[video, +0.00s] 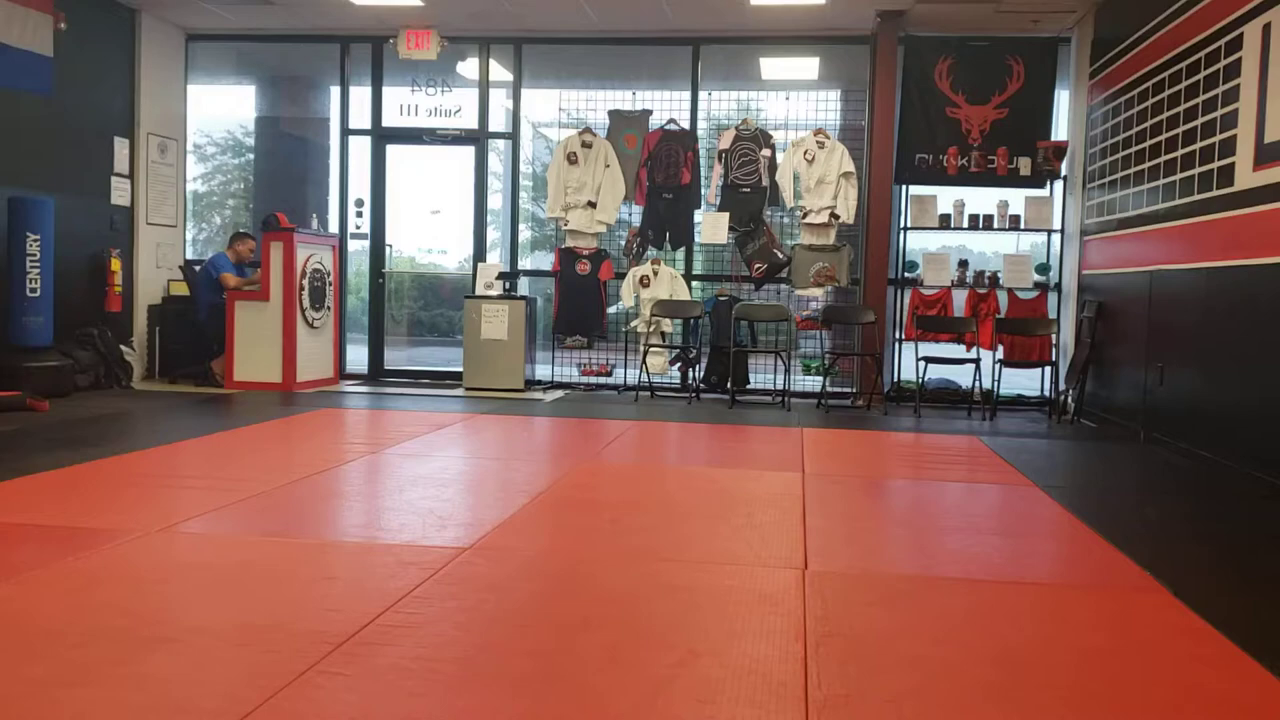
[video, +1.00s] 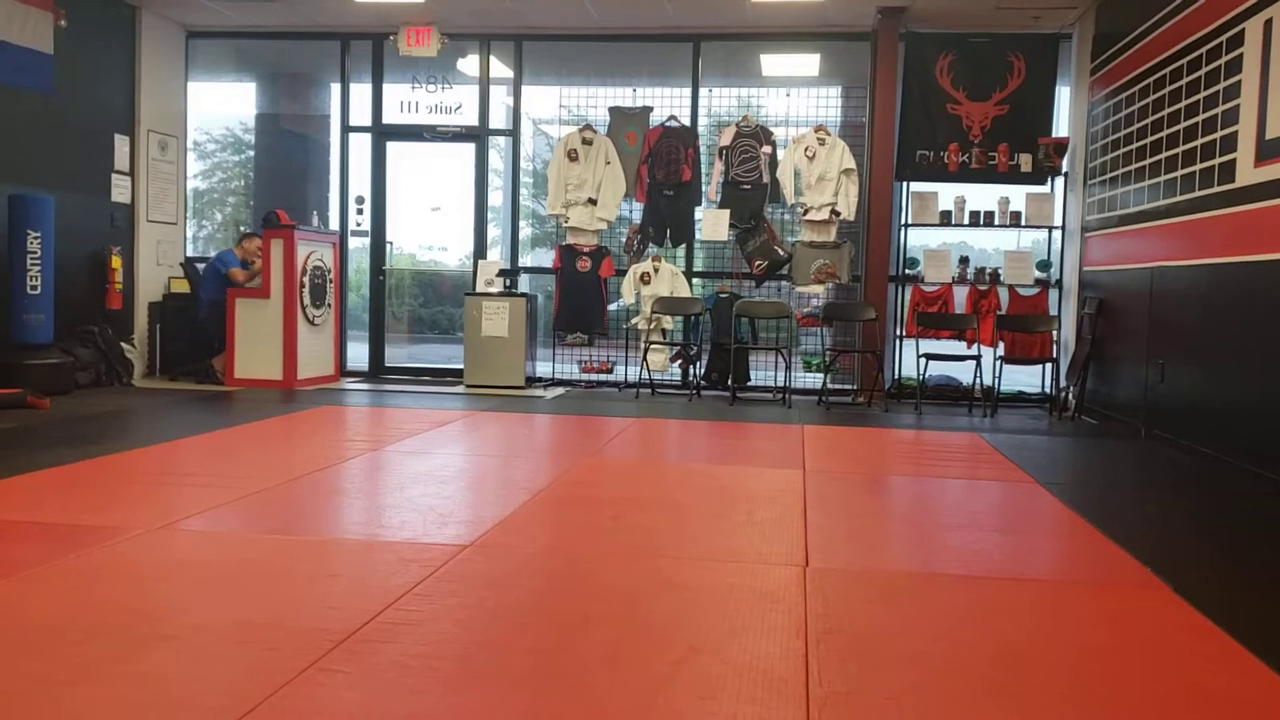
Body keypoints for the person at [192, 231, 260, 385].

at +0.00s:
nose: (252, 256)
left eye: (253, 252)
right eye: (250, 251)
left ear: (238, 247)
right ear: (237, 246)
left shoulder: (237, 266)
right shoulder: (219, 259)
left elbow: (244, 283)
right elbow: (229, 283)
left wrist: (262, 278)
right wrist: (253, 280)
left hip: (225, 311)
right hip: (208, 312)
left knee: (252, 330)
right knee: (246, 333)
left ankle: (222, 366)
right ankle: (218, 365)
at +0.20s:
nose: (252, 254)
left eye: (253, 251)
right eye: (250, 249)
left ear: (237, 245)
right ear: (237, 244)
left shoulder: (237, 264)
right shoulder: (219, 257)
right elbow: (228, 280)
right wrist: (253, 276)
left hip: (224, 309)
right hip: (207, 309)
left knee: (251, 328)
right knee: (245, 331)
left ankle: (221, 364)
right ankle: (217, 363)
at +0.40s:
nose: (252, 251)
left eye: (253, 247)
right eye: (250, 246)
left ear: (237, 242)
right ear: (237, 241)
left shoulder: (237, 259)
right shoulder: (219, 253)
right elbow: (230, 275)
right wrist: (252, 269)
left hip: (223, 305)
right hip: (207, 305)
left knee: (250, 325)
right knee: (244, 328)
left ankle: (219, 361)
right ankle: (216, 360)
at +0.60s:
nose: (253, 255)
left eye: (255, 252)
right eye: (252, 249)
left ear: (239, 246)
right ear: (238, 244)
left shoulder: (238, 263)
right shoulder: (221, 257)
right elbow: (233, 279)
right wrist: (254, 271)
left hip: (224, 310)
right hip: (208, 311)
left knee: (251, 329)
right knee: (245, 332)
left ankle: (220, 365)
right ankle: (217, 364)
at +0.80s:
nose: (256, 252)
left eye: (257, 249)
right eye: (254, 246)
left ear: (242, 243)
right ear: (241, 241)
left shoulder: (240, 261)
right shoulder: (223, 254)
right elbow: (235, 276)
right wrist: (255, 268)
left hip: (224, 306)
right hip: (208, 306)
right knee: (245, 330)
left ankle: (220, 362)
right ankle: (217, 361)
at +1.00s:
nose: (259, 254)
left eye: (261, 251)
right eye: (258, 249)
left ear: (245, 245)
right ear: (245, 243)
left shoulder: (242, 262)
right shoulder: (226, 256)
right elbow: (239, 278)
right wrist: (257, 270)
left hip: (225, 308)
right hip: (210, 309)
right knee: (247, 332)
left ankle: (221, 363)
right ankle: (218, 363)